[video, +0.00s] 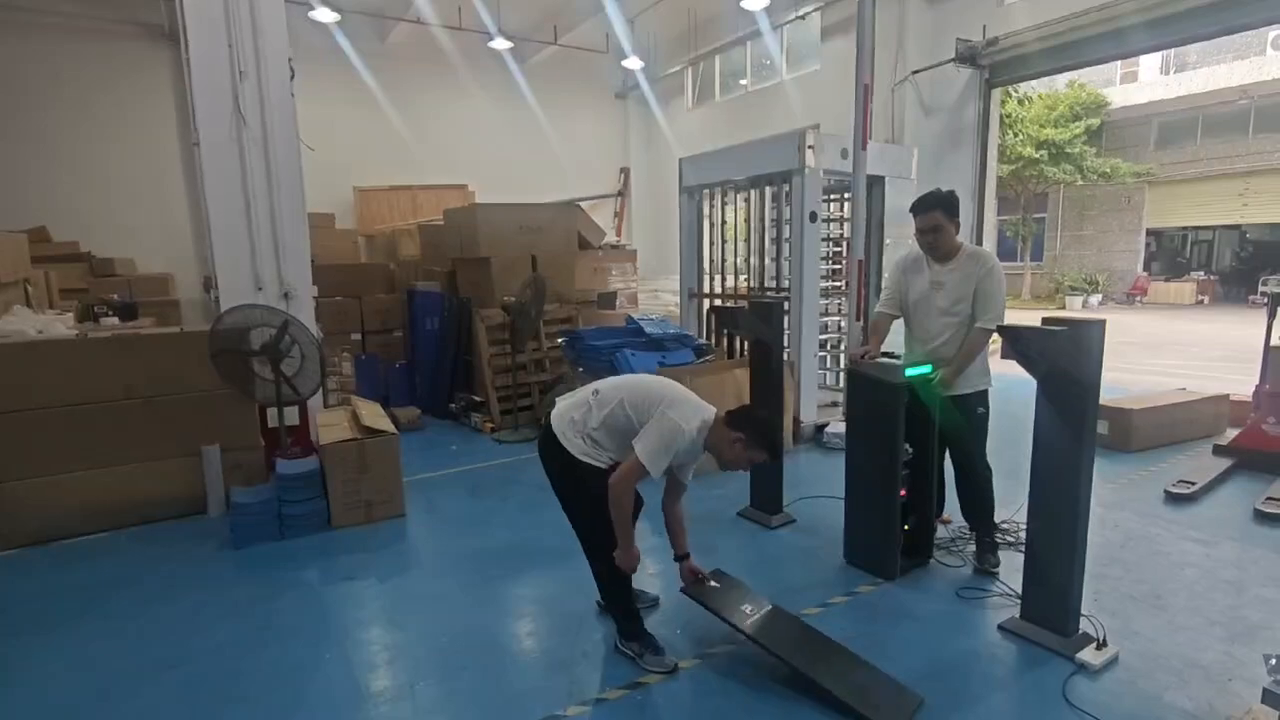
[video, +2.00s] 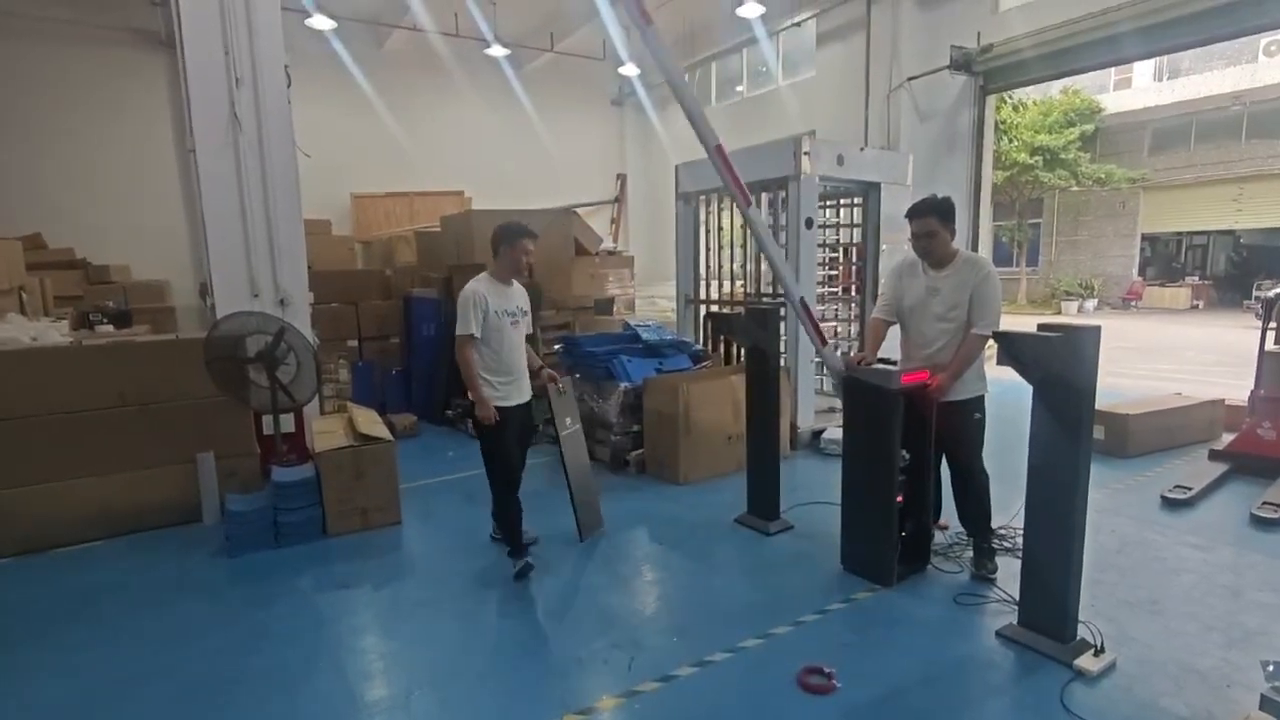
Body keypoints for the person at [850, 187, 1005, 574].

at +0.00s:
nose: (925, 240)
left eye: (934, 231)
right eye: (920, 232)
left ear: (956, 227)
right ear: (914, 229)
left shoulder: (984, 264)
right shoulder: (907, 264)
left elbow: (985, 326)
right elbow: (885, 311)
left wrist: (954, 368)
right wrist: (872, 344)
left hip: (967, 384)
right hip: (919, 382)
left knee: (971, 466)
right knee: (922, 466)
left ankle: (985, 539)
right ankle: (918, 544)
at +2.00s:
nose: (919, 245)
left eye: (927, 237)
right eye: (914, 237)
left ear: (951, 233)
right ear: (909, 235)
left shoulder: (979, 271)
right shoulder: (902, 270)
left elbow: (980, 332)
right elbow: (881, 316)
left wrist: (950, 374)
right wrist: (868, 351)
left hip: (962, 392)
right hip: (915, 390)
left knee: (967, 471)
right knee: (918, 472)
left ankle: (982, 544)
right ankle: (915, 549)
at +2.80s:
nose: (924, 246)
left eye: (932, 238)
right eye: (920, 238)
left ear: (957, 234)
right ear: (917, 235)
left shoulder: (987, 272)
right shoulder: (910, 271)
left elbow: (989, 334)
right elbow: (890, 318)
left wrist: (958, 376)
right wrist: (877, 354)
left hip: (973, 394)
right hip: (925, 393)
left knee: (979, 473)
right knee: (929, 473)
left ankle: (994, 546)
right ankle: (927, 548)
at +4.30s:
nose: (918, 241)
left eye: (925, 234)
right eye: (916, 234)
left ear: (955, 231)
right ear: (921, 231)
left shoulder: (990, 268)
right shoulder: (912, 268)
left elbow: (992, 331)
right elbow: (892, 314)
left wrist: (960, 374)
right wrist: (880, 351)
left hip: (975, 390)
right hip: (927, 391)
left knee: (982, 471)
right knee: (933, 472)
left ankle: (998, 543)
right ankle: (931, 546)